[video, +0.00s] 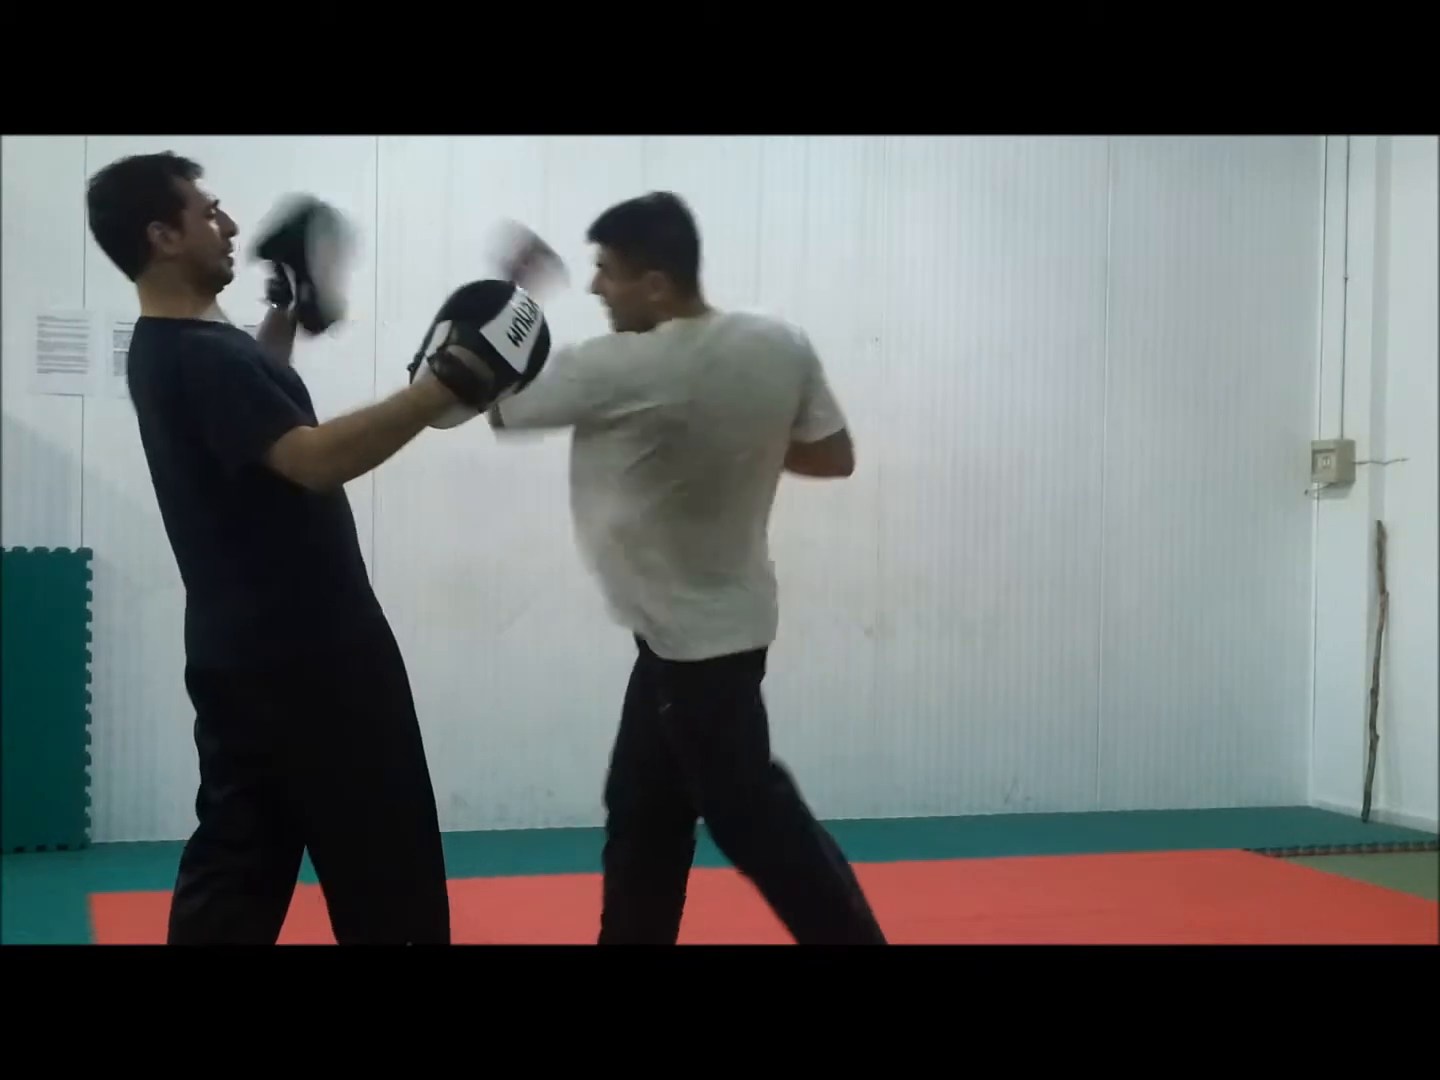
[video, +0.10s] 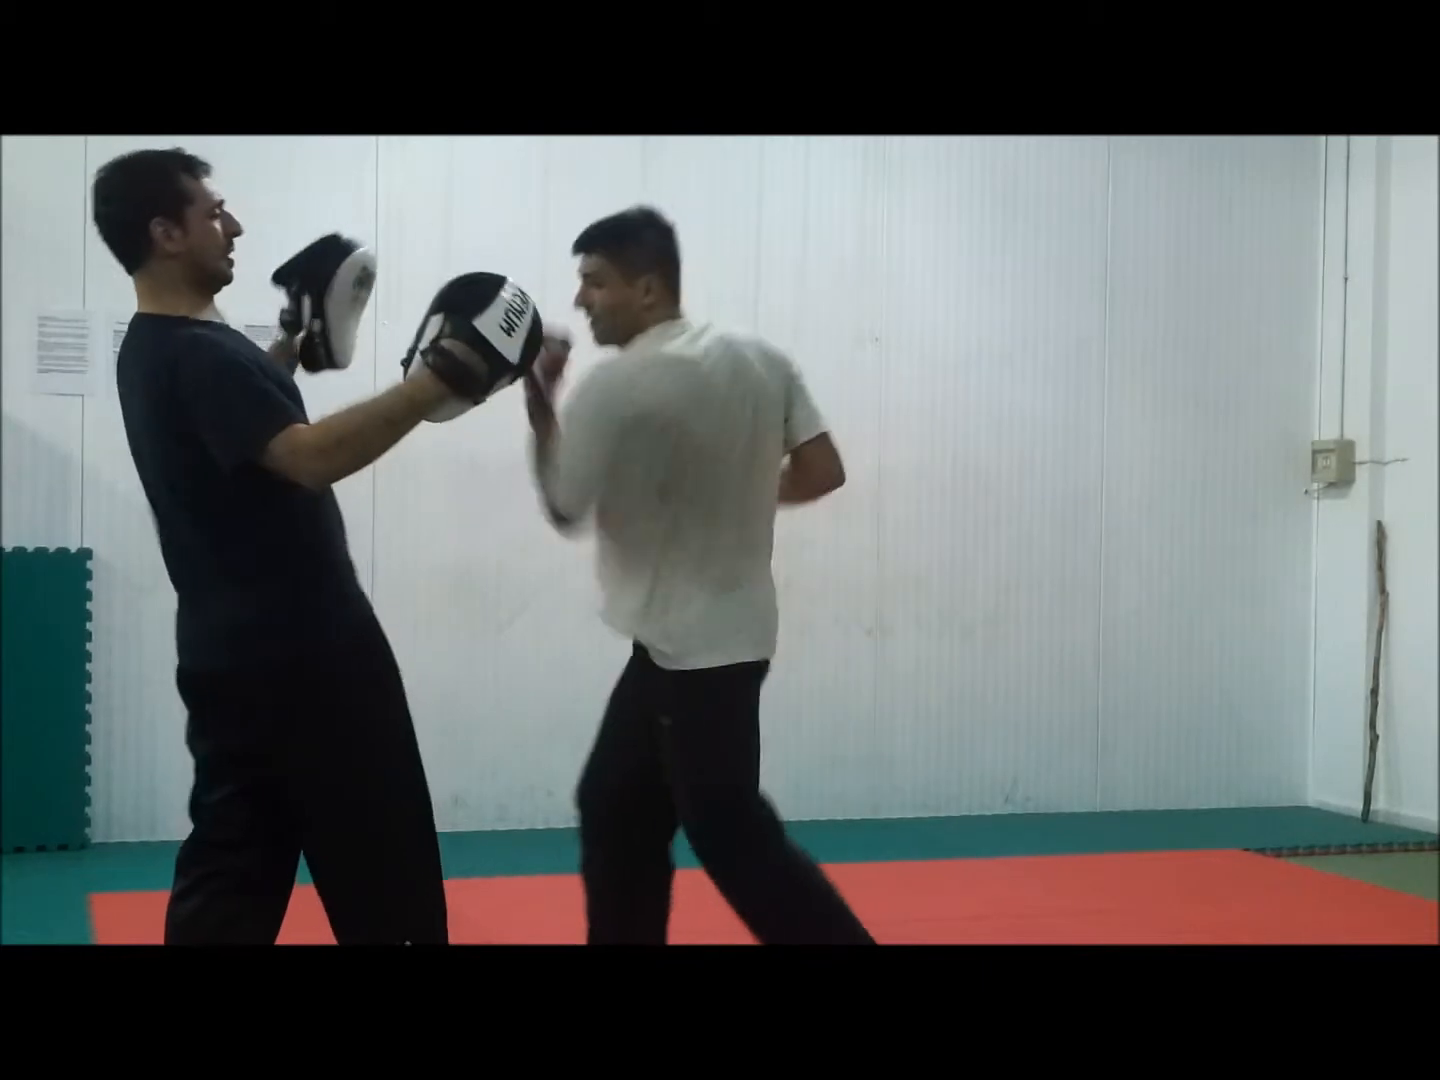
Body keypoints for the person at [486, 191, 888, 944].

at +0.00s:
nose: (596, 284)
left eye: (608, 270)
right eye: (599, 268)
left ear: (656, 280)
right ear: (668, 277)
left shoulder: (616, 366)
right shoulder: (778, 347)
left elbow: (491, 400)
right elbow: (834, 456)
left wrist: (510, 294)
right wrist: (735, 438)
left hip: (690, 638)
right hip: (729, 624)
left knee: (752, 818)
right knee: (643, 817)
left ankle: (851, 939)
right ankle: (632, 943)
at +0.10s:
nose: (580, 300)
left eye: (594, 281)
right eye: (581, 283)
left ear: (648, 284)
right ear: (659, 287)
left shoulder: (612, 386)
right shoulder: (756, 360)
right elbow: (821, 471)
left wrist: (541, 401)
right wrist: (729, 490)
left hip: (683, 649)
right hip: (736, 635)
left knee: (725, 825)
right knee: (614, 809)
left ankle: (843, 942)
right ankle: (625, 945)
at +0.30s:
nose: (668, 293)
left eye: (685, 276)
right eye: (662, 276)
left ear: (728, 281)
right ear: (656, 281)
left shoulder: (784, 381)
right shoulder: (654, 365)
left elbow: (743, 518)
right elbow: (673, 467)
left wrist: (728, 396)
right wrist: (589, 463)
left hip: (756, 652)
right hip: (651, 649)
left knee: (796, 849)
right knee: (594, 845)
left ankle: (857, 942)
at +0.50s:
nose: (789, 316)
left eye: (813, 302)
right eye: (783, 295)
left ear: (855, 310)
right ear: (773, 291)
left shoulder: (869, 399)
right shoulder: (721, 358)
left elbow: (844, 538)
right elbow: (604, 426)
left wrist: (846, 427)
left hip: (806, 659)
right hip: (687, 648)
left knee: (854, 839)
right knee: (638, 850)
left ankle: (894, 946)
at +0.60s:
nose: (813, 319)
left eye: (837, 306)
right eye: (807, 299)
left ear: (881, 318)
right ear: (797, 294)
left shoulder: (895, 411)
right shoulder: (738, 371)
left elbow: (867, 547)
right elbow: (647, 469)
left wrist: (866, 445)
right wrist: (689, 483)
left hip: (811, 661)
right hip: (695, 649)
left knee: (846, 840)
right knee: (636, 829)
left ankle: (879, 950)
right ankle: (630, 944)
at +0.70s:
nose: (815, 294)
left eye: (838, 282)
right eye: (809, 276)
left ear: (885, 294)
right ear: (801, 276)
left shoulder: (922, 400)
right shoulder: (750, 367)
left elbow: (903, 544)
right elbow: (666, 453)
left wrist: (879, 430)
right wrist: (695, 493)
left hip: (845, 675)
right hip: (723, 661)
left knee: (857, 868)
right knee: (645, 848)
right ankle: (622, 946)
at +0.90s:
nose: (778, 218)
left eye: (798, 202)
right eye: (773, 202)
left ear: (851, 211)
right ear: (770, 210)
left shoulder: (913, 323)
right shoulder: (745, 304)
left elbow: (951, 462)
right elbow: (712, 408)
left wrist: (861, 396)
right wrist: (721, 437)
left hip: (864, 603)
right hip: (752, 593)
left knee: (881, 812)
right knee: (717, 790)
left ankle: (904, 942)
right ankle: (717, 938)